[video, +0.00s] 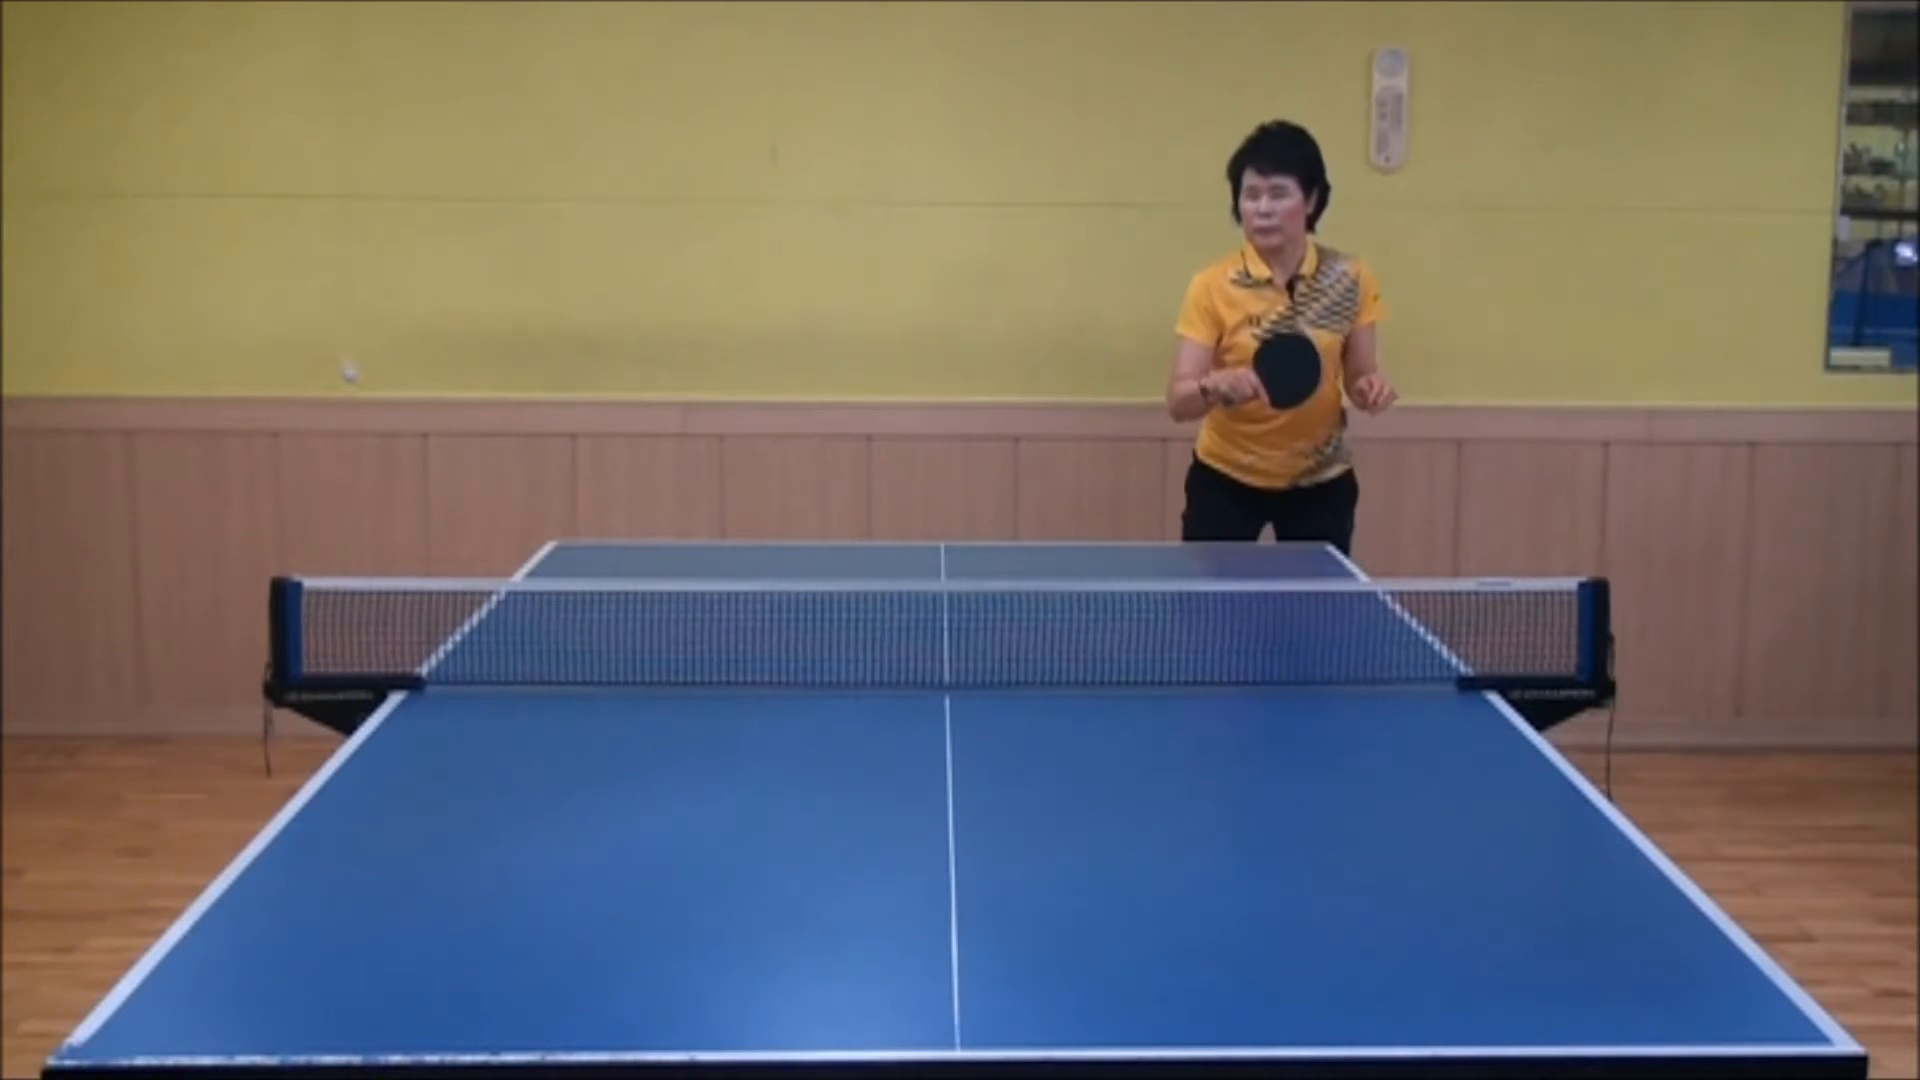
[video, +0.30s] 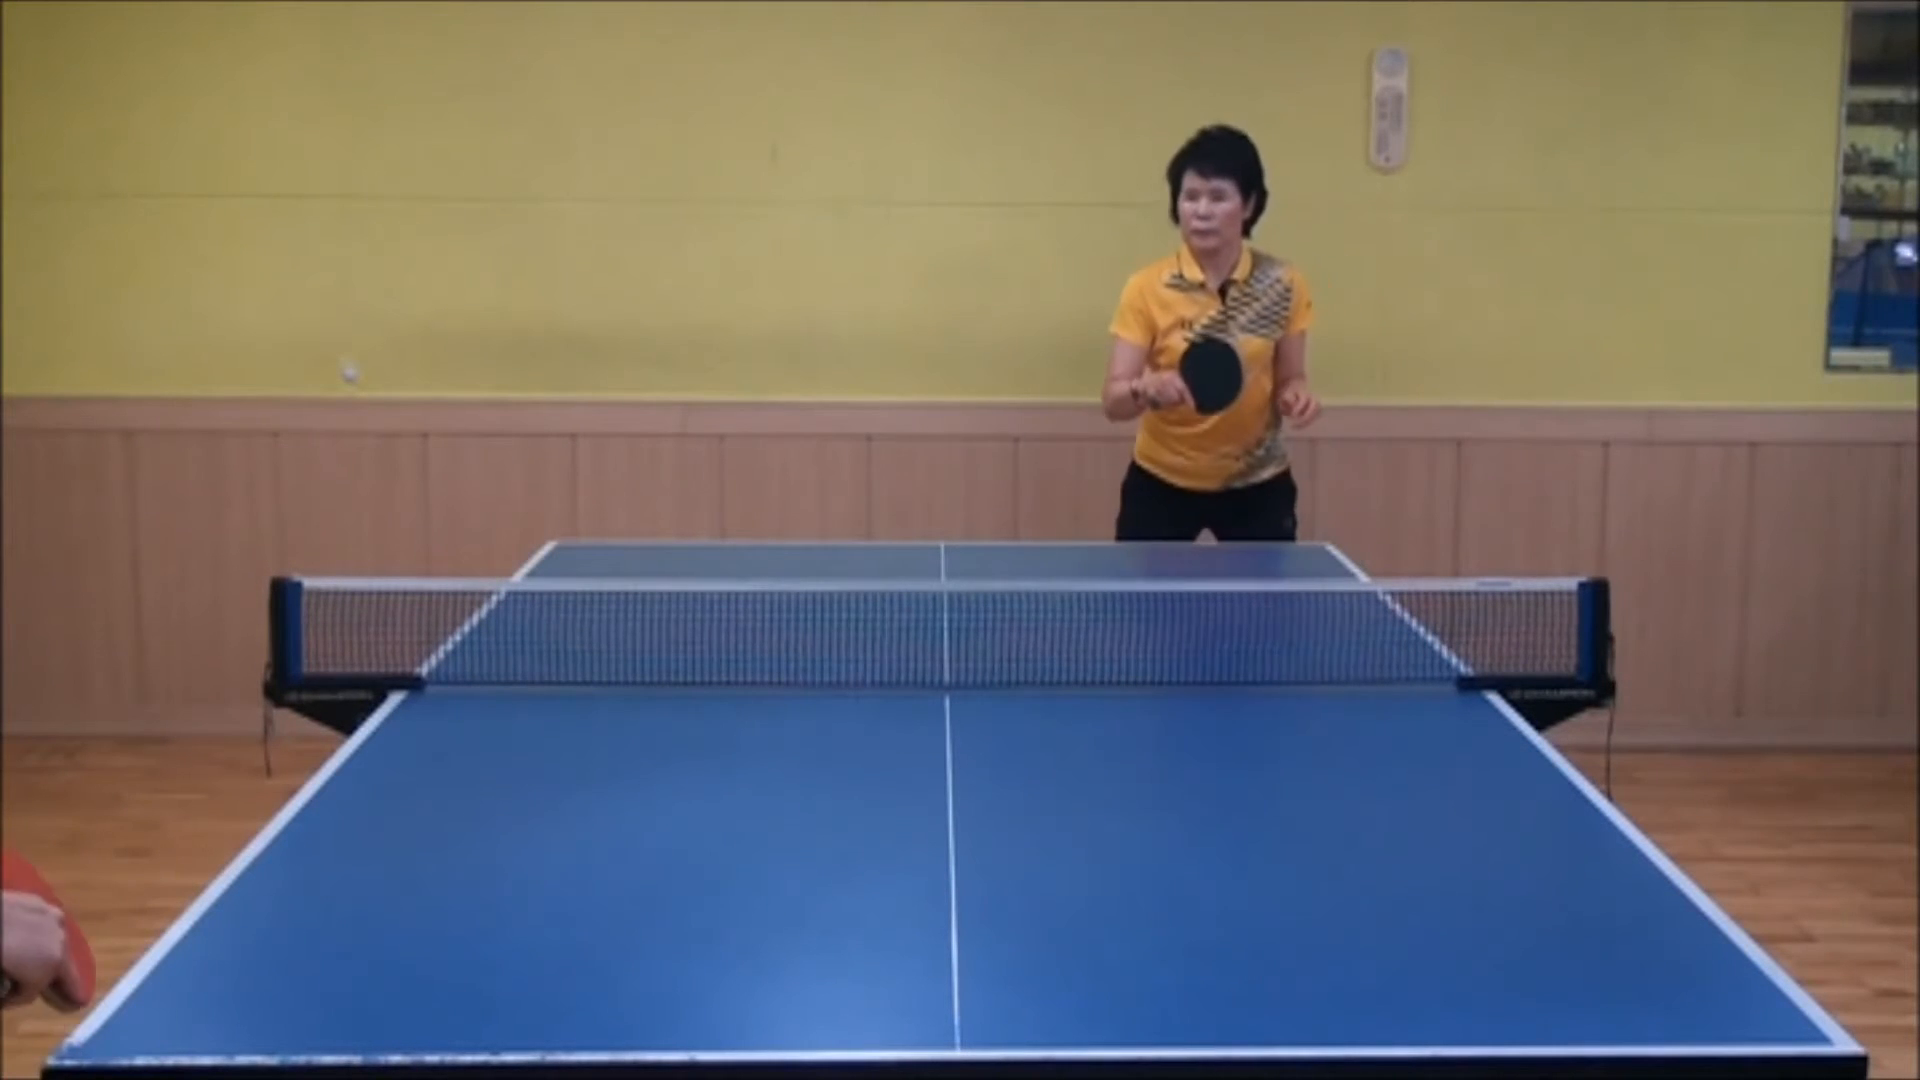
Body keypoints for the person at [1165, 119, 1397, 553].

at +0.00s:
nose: (1263, 208)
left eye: (1279, 194)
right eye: (1251, 194)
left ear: (1312, 201)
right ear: (1236, 204)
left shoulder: (1349, 281)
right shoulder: (1212, 288)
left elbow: (1360, 376)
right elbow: (1179, 403)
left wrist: (1371, 391)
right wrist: (1214, 386)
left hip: (1319, 484)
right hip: (1227, 480)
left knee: (1317, 612)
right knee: (1206, 612)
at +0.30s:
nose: (1202, 210)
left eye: (1218, 197)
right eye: (1191, 196)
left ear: (1249, 206)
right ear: (1175, 204)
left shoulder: (1283, 288)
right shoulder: (1147, 289)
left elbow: (1291, 379)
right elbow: (1114, 402)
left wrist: (1296, 397)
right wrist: (1145, 390)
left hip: (1255, 489)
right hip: (1162, 487)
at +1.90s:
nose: (1236, 219)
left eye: (1251, 204)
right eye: (1223, 205)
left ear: (1280, 208)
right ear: (1207, 212)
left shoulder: (1318, 290)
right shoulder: (1181, 295)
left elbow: (1331, 402)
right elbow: (1142, 401)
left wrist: (1323, 383)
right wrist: (1174, 408)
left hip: (1293, 496)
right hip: (1199, 495)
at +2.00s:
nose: (1267, 236)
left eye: (1282, 220)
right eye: (1253, 222)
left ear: (1309, 220)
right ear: (1236, 227)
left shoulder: (1346, 299)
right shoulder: (1212, 306)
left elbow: (1354, 415)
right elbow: (1168, 414)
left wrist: (1354, 394)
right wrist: (1214, 423)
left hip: (1318, 506)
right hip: (1225, 506)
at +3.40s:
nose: (1219, 208)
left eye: (1235, 194)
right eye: (1208, 194)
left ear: (1267, 205)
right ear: (1192, 203)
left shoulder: (1300, 289)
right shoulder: (1162, 291)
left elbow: (1312, 379)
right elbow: (1130, 404)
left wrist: (1321, 401)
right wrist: (1154, 397)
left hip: (1272, 495)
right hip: (1178, 492)